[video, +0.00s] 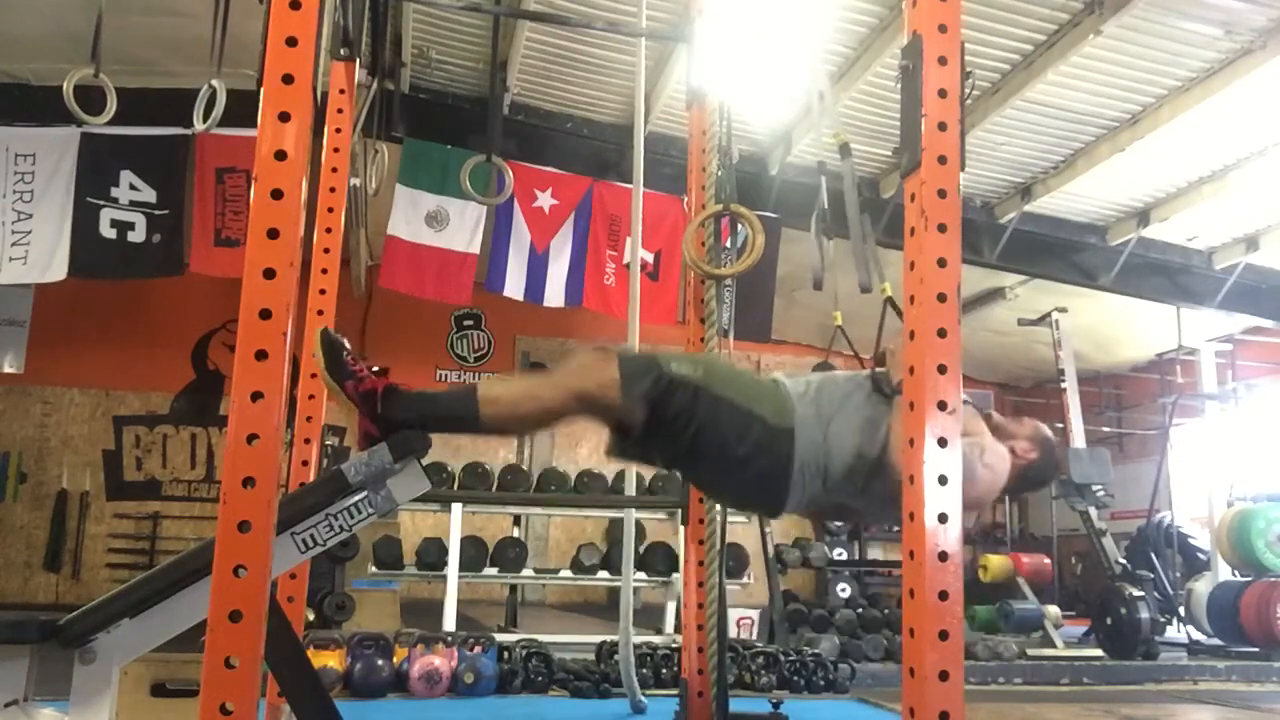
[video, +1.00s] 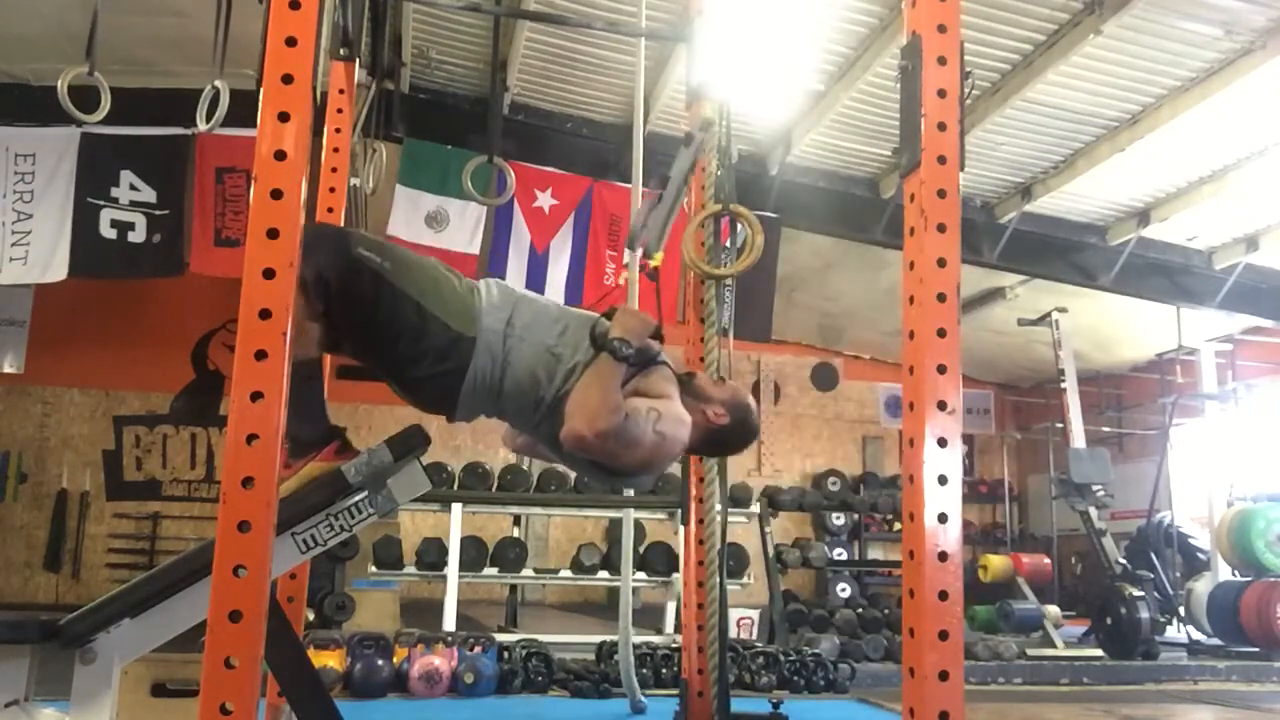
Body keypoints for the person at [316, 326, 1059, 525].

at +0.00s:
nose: (1019, 422)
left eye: (1030, 432)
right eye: (1025, 419)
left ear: (1027, 460)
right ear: (1011, 421)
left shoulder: (985, 465)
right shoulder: (964, 428)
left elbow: (907, 471)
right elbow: (886, 426)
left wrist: (918, 381)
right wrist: (895, 370)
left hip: (786, 443)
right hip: (776, 425)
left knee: (594, 373)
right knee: (579, 392)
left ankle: (389, 407)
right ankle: (398, 421)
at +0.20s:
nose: (956, 443)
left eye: (966, 458)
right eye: (965, 444)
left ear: (950, 492)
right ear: (943, 437)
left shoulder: (898, 492)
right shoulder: (891, 440)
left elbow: (860, 469)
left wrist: (865, 387)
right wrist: (858, 359)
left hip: (722, 402)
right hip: (710, 430)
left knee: (560, 312)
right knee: (549, 354)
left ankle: (374, 408)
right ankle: (380, 410)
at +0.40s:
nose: (894, 421)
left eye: (906, 434)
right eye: (904, 420)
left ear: (900, 470)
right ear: (891, 433)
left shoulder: (848, 480)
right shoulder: (832, 439)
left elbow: (772, 476)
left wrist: (802, 394)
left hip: (646, 405)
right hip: (646, 395)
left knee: (492, 276)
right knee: (485, 303)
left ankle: (352, 416)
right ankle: (357, 413)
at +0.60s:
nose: (809, 438)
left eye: (817, 452)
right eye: (817, 440)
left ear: (807, 471)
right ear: (804, 437)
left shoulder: (763, 473)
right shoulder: (746, 444)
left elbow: (679, 458)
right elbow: (602, 477)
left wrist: (710, 378)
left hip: (569, 373)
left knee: (410, 243)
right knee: (392, 296)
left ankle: (329, 421)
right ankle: (326, 421)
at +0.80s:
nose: (748, 401)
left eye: (756, 414)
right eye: (759, 404)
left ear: (745, 442)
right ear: (743, 429)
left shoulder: (699, 449)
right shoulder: (687, 421)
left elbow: (617, 438)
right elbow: (558, 456)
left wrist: (651, 356)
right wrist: (652, 354)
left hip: (505, 351)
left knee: (324, 237)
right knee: (338, 289)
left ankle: (309, 421)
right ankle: (303, 421)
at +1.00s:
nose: (718, 375)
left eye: (728, 389)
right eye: (729, 380)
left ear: (716, 418)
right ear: (713, 412)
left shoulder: (669, 428)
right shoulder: (657, 391)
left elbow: (589, 429)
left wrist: (627, 348)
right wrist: (630, 338)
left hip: (467, 344)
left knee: (317, 248)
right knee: (315, 281)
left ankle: (305, 418)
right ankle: (302, 420)